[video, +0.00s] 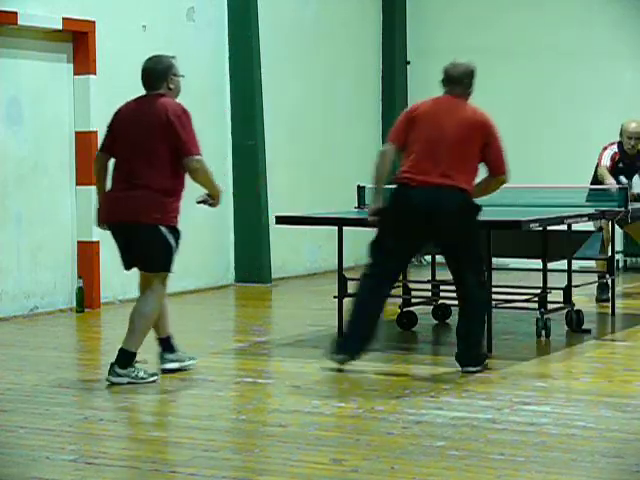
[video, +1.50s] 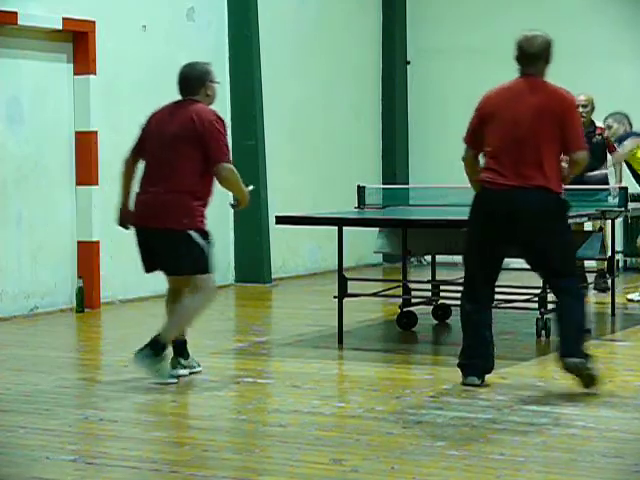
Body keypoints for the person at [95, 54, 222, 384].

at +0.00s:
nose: (181, 82)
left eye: (179, 77)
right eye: (178, 78)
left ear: (148, 82)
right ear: (169, 81)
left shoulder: (124, 112)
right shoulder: (174, 111)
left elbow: (101, 160)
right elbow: (193, 165)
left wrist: (103, 201)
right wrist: (214, 189)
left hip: (118, 212)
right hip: (155, 213)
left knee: (153, 283)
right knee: (153, 287)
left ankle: (169, 352)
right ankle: (123, 364)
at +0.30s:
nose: (154, 81)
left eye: (153, 75)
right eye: (151, 75)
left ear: (122, 79)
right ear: (138, 78)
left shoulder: (97, 108)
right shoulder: (139, 107)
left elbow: (78, 159)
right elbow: (144, 155)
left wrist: (83, 198)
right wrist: (171, 194)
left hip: (88, 211)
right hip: (125, 213)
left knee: (91, 280)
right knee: (135, 285)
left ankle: (60, 354)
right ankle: (123, 366)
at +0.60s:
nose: (139, 82)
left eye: (138, 77)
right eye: (135, 77)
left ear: (108, 80)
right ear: (122, 79)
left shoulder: (80, 107)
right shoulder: (119, 108)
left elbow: (58, 155)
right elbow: (118, 159)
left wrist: (76, 190)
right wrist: (144, 197)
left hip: (62, 211)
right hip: (98, 212)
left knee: (68, 285)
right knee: (116, 284)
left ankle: (57, 362)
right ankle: (121, 364)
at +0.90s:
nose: (140, 81)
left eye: (139, 76)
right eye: (137, 76)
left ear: (109, 80)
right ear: (124, 79)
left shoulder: (82, 108)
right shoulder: (121, 108)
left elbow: (61, 159)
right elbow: (120, 161)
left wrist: (65, 201)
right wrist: (149, 197)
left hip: (68, 213)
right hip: (105, 213)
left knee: (71, 286)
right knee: (132, 281)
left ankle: (57, 362)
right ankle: (128, 363)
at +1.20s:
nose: (173, 82)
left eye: (171, 76)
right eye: (170, 76)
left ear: (141, 79)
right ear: (158, 80)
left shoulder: (116, 110)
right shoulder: (160, 111)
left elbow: (93, 157)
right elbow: (167, 163)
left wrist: (98, 198)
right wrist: (193, 195)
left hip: (104, 213)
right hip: (141, 214)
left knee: (112, 281)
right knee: (155, 287)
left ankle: (75, 348)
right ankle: (140, 366)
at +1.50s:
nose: (217, 89)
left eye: (215, 83)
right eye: (214, 84)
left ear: (184, 88)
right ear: (205, 88)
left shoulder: (159, 116)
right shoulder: (208, 118)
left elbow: (131, 161)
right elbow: (222, 169)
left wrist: (124, 205)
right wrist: (243, 193)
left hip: (147, 216)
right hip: (182, 218)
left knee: (177, 286)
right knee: (205, 289)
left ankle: (181, 357)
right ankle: (155, 349)